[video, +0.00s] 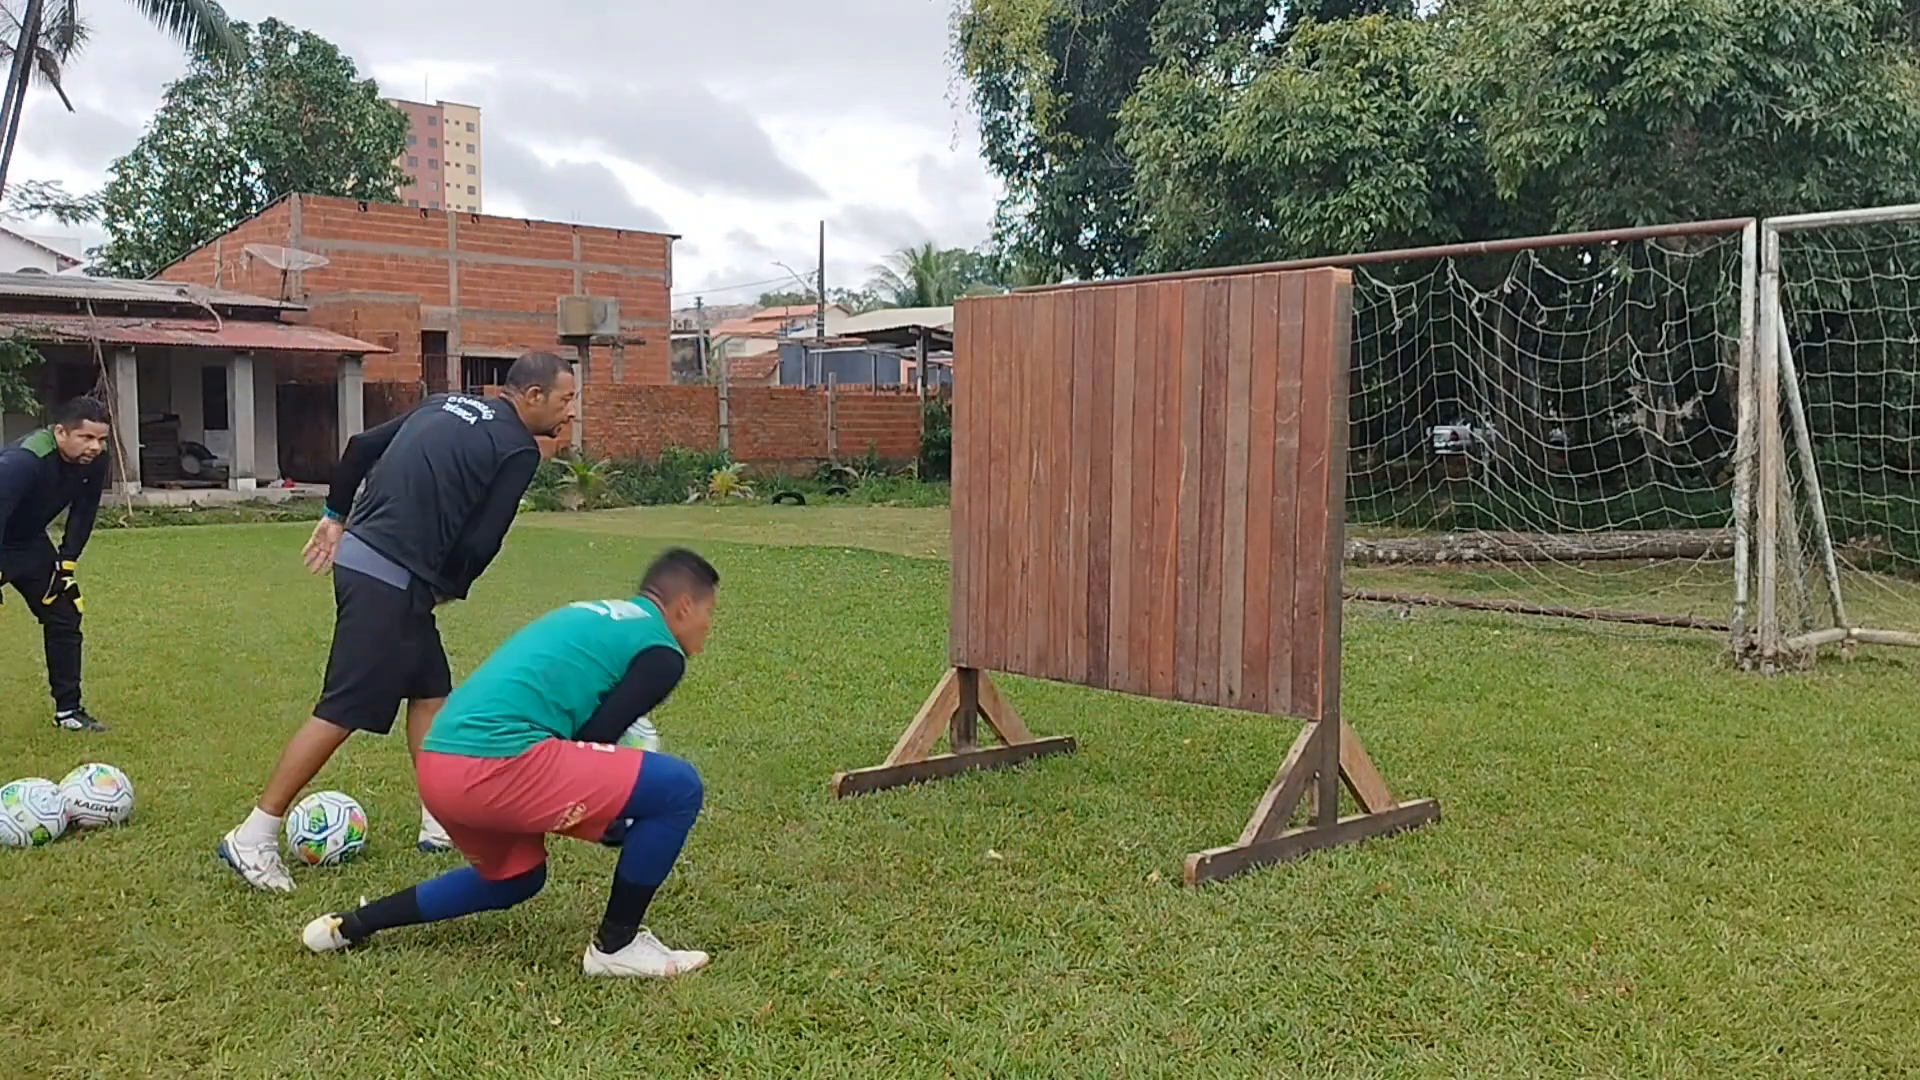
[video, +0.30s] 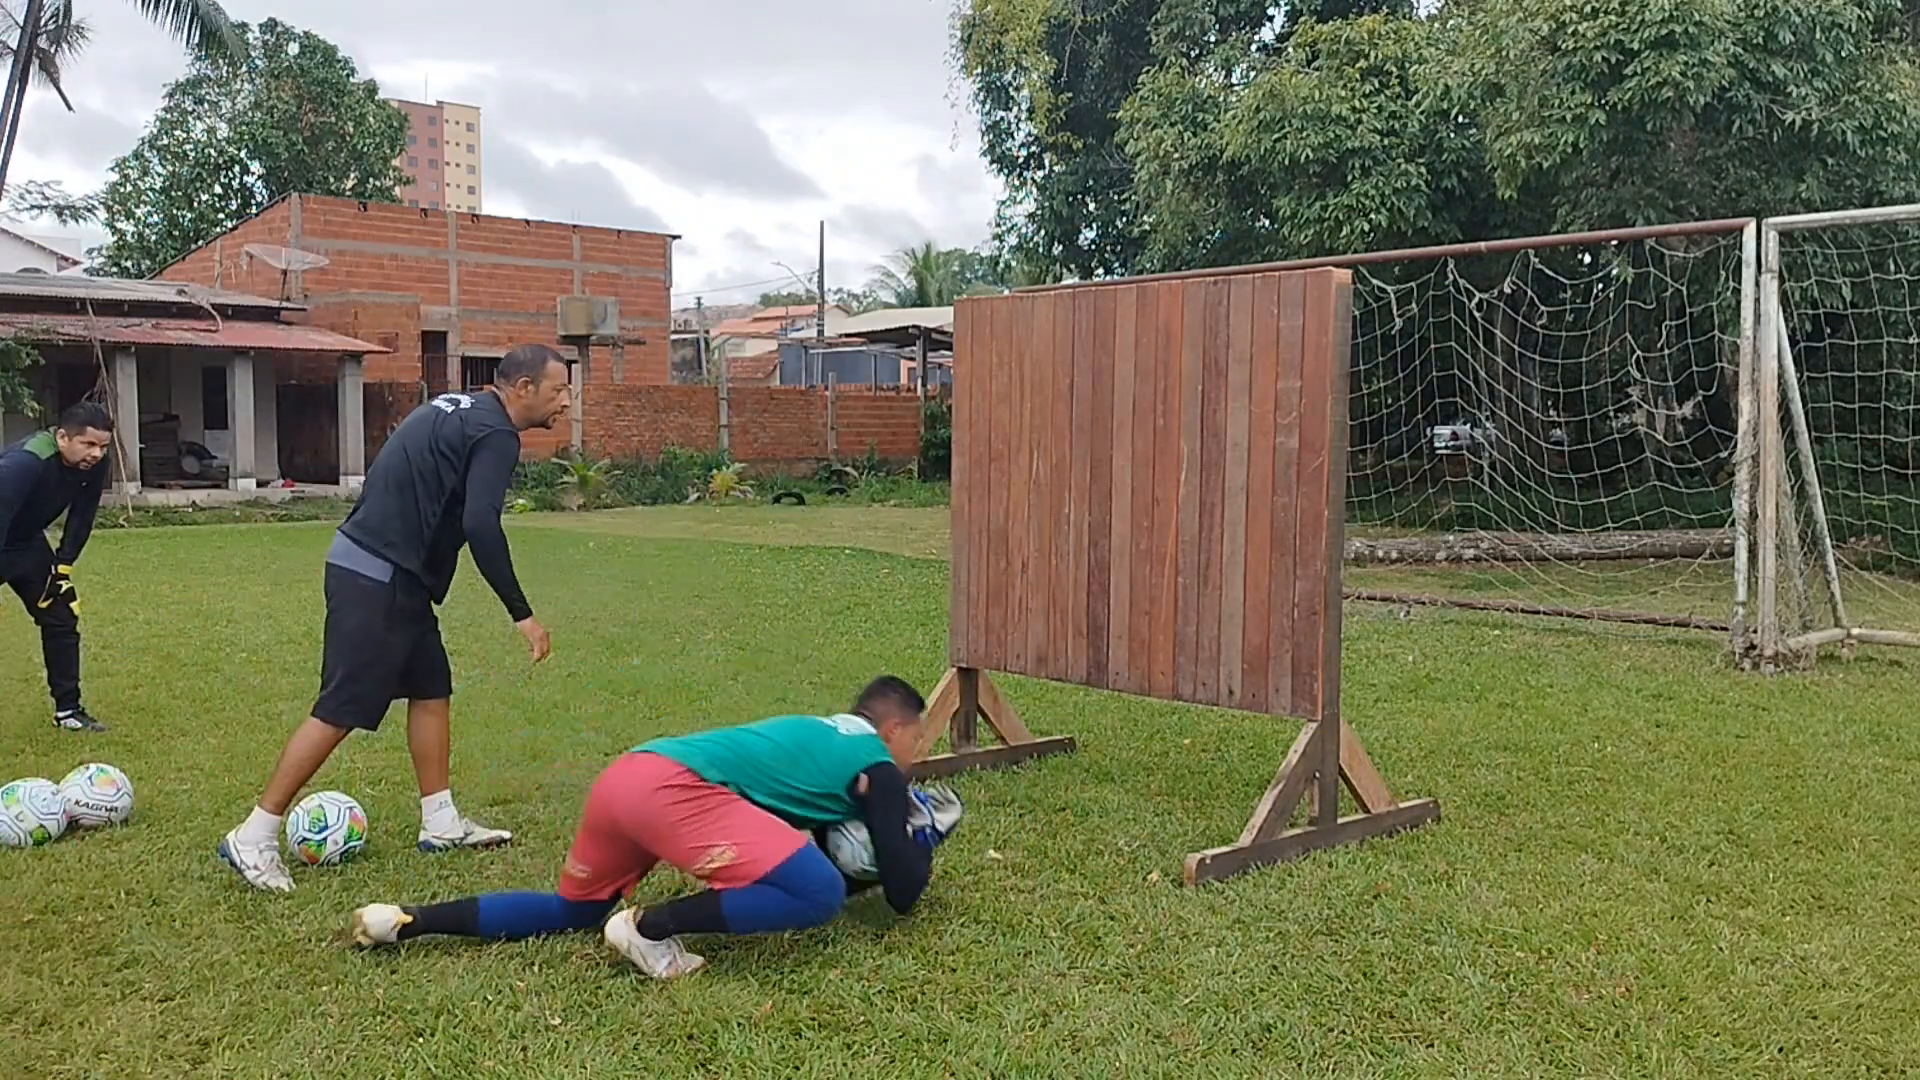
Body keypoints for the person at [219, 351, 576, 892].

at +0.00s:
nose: (569, 412)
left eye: (572, 401)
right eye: (565, 400)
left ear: (514, 392)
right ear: (532, 396)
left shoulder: (447, 404)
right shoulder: (520, 449)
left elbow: (362, 445)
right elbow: (482, 540)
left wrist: (335, 514)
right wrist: (451, 586)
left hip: (363, 560)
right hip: (390, 579)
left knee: (431, 691)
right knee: (342, 711)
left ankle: (439, 824)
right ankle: (252, 836)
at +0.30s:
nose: (565, 401)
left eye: (566, 391)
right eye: (559, 390)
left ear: (510, 387)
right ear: (521, 388)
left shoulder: (458, 407)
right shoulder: (496, 431)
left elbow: (403, 480)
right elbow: (481, 524)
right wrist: (523, 613)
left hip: (395, 576)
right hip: (373, 574)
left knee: (429, 690)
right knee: (342, 707)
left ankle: (440, 823)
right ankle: (254, 836)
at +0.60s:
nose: (531, 372)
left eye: (530, 361)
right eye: (521, 362)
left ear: (482, 367)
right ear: (482, 365)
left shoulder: (457, 414)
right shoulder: (444, 417)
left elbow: (425, 498)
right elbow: (407, 509)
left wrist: (466, 541)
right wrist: (447, 598)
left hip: (396, 574)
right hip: (353, 572)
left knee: (432, 690)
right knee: (324, 705)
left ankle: (442, 824)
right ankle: (246, 840)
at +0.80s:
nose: (471, 356)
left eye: (469, 344)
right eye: (459, 345)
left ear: (428, 353)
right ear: (419, 352)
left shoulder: (410, 413)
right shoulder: (379, 413)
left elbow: (386, 501)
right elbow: (347, 508)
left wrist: (432, 540)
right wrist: (393, 591)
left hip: (377, 587)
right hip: (325, 586)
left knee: (422, 698)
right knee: (293, 717)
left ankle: (441, 826)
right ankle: (235, 855)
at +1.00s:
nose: (398, 340)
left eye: (397, 329)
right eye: (387, 329)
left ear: (356, 340)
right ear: (347, 338)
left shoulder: (347, 401)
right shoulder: (306, 404)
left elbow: (338, 495)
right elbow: (289, 511)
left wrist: (393, 521)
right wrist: (374, 564)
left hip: (336, 585)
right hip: (283, 588)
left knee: (393, 695)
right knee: (254, 724)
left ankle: (429, 822)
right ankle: (227, 860)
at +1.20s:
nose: (353, 325)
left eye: (350, 312)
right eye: (340, 314)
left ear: (310, 325)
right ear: (299, 326)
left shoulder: (310, 394)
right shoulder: (262, 398)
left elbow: (331, 480)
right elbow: (280, 501)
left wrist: (413, 477)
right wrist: (384, 492)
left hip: (320, 584)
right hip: (268, 589)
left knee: (367, 700)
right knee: (251, 724)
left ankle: (381, 834)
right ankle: (227, 859)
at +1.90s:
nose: (326, 328)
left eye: (323, 316)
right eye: (314, 319)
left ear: (286, 326)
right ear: (275, 327)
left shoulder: (299, 393)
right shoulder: (223, 406)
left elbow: (311, 478)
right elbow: (212, 519)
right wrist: (303, 549)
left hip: (307, 574)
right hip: (248, 584)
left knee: (359, 693)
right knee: (242, 726)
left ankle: (385, 819)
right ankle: (225, 859)